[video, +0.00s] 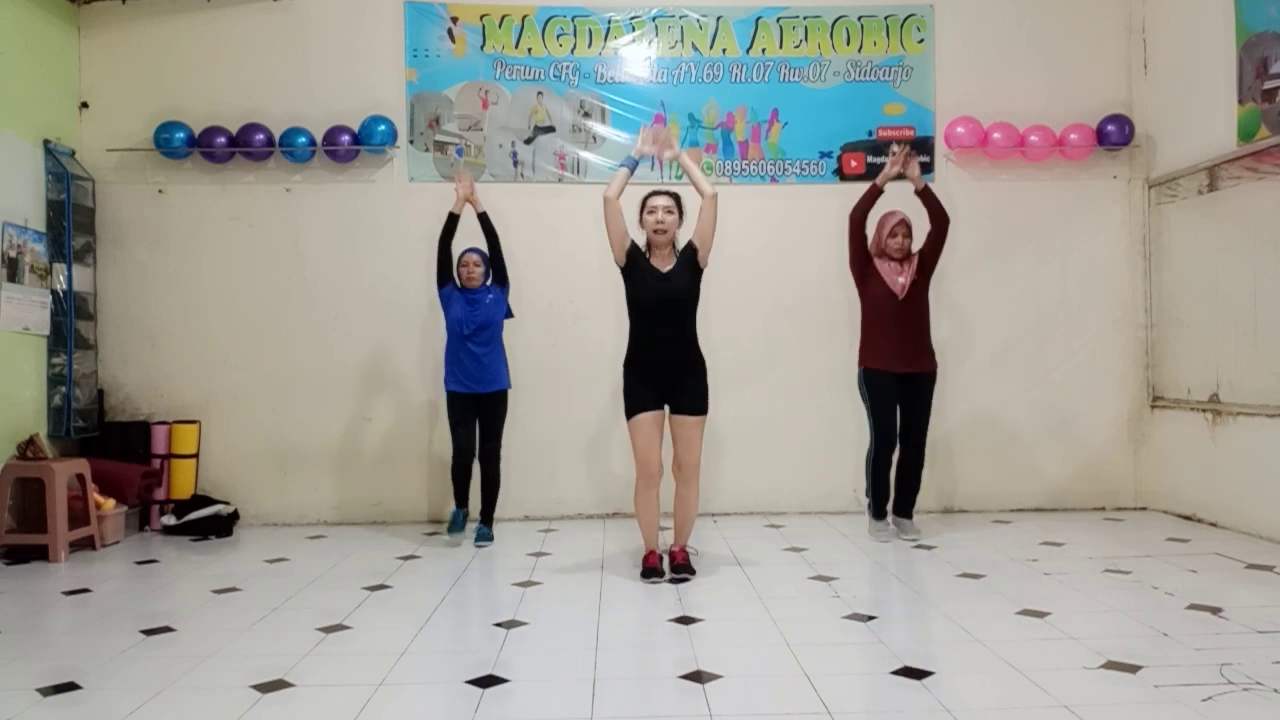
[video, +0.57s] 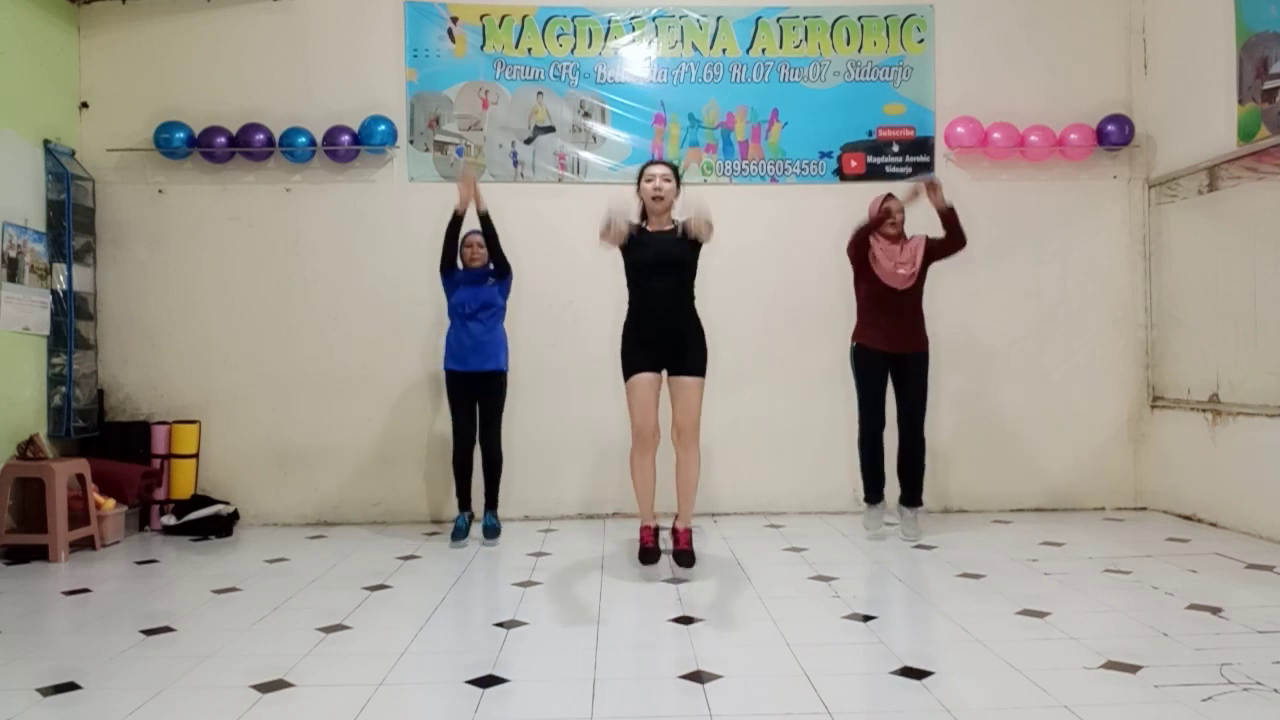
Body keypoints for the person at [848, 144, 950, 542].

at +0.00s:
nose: (902, 237)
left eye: (906, 232)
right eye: (894, 232)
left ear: (912, 239)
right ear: (879, 238)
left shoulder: (921, 267)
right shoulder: (866, 269)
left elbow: (941, 223)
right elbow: (856, 219)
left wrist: (917, 181)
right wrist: (883, 178)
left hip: (919, 368)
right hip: (878, 368)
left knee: (914, 445)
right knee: (884, 442)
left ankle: (904, 515)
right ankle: (878, 514)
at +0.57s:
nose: (894, 222)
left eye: (898, 216)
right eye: (886, 217)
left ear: (904, 218)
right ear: (874, 222)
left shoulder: (919, 248)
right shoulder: (863, 251)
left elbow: (956, 241)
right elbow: (858, 237)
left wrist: (941, 206)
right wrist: (892, 207)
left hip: (912, 349)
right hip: (871, 348)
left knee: (912, 427)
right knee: (871, 425)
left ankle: (911, 507)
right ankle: (874, 504)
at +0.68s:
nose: (891, 224)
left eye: (895, 219)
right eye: (884, 220)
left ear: (902, 226)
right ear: (872, 228)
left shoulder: (915, 257)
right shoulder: (859, 258)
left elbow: (949, 270)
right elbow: (860, 274)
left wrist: (941, 256)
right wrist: (893, 258)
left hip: (911, 356)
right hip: (871, 356)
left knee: (912, 434)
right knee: (872, 430)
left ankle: (907, 509)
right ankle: (868, 508)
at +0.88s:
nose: (893, 216)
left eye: (897, 212)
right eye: (885, 213)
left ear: (905, 220)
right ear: (874, 224)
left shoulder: (920, 258)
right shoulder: (863, 262)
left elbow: (938, 298)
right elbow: (865, 310)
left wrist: (944, 335)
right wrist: (895, 342)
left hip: (912, 355)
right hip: (870, 355)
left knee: (920, 429)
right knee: (868, 431)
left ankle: (907, 505)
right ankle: (865, 510)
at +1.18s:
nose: (903, 225)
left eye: (907, 220)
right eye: (895, 221)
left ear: (914, 229)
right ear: (883, 231)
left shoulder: (931, 271)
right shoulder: (872, 270)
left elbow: (942, 321)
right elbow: (854, 318)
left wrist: (937, 359)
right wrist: (829, 340)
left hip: (915, 368)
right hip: (874, 364)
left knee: (915, 443)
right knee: (871, 436)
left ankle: (907, 517)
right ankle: (867, 511)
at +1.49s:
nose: (896, 228)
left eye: (901, 223)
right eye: (889, 224)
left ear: (908, 231)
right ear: (876, 234)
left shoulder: (917, 270)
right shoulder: (865, 270)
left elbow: (930, 317)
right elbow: (853, 275)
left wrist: (933, 357)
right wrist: (876, 252)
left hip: (913, 368)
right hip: (871, 368)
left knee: (919, 444)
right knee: (873, 444)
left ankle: (910, 516)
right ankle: (873, 519)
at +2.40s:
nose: (890, 235)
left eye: (894, 230)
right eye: (883, 231)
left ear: (901, 237)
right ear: (871, 239)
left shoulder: (909, 266)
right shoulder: (858, 272)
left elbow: (942, 276)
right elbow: (868, 278)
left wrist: (929, 276)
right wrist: (906, 272)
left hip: (906, 365)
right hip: (866, 366)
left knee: (918, 439)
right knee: (870, 440)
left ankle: (904, 512)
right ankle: (872, 516)